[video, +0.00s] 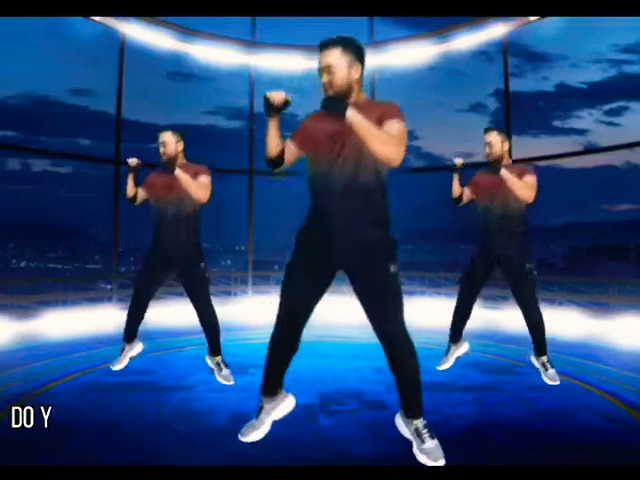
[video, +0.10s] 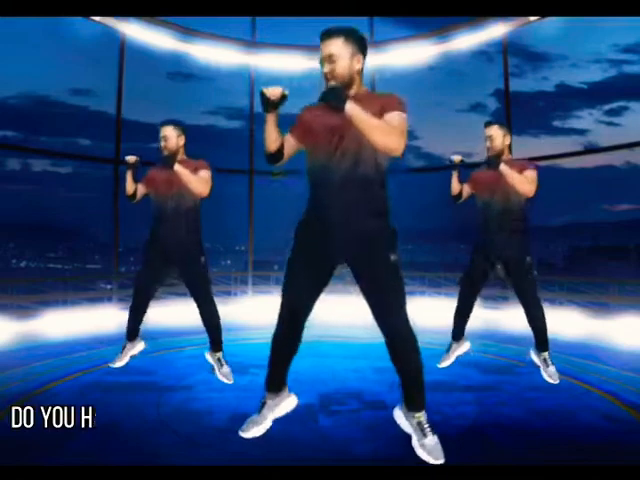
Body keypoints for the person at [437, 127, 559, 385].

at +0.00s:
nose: (488, 149)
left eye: (491, 144)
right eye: (486, 145)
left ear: (506, 145)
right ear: (485, 147)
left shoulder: (523, 173)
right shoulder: (482, 177)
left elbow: (528, 196)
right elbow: (459, 200)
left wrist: (504, 172)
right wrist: (456, 174)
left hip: (515, 246)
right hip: (488, 245)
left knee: (528, 303)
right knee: (467, 291)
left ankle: (541, 357)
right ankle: (455, 342)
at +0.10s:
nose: (488, 143)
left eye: (492, 138)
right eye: (486, 139)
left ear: (507, 139)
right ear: (485, 141)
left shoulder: (524, 168)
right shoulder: (481, 174)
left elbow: (528, 190)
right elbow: (458, 196)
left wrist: (502, 166)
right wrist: (455, 170)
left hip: (514, 241)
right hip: (486, 241)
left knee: (529, 298)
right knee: (467, 290)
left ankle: (542, 352)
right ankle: (457, 340)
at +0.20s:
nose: (489, 151)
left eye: (493, 146)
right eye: (488, 146)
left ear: (508, 148)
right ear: (487, 149)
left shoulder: (523, 174)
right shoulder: (481, 180)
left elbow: (528, 202)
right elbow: (458, 205)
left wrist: (503, 177)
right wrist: (455, 179)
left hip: (515, 250)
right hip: (486, 249)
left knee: (531, 305)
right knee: (467, 298)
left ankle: (541, 358)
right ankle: (462, 349)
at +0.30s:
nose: (488, 162)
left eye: (493, 158)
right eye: (487, 158)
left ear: (508, 160)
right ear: (488, 162)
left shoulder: (524, 189)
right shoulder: (482, 196)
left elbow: (529, 222)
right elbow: (461, 219)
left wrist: (504, 199)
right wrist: (456, 196)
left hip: (518, 262)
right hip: (487, 261)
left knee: (535, 316)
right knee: (463, 306)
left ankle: (539, 362)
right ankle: (464, 352)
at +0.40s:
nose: (490, 165)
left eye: (494, 160)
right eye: (489, 160)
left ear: (509, 161)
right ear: (491, 163)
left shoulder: (527, 191)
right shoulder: (486, 196)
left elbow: (534, 226)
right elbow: (468, 223)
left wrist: (507, 208)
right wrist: (460, 204)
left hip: (518, 263)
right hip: (489, 262)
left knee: (536, 316)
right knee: (465, 305)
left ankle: (539, 363)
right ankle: (464, 352)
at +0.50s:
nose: (491, 161)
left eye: (495, 156)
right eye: (490, 157)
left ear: (511, 158)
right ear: (491, 160)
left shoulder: (529, 185)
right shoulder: (488, 192)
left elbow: (537, 217)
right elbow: (468, 217)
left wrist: (514, 195)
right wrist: (463, 196)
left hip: (520, 262)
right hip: (490, 261)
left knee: (537, 317)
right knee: (467, 304)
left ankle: (539, 362)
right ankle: (465, 352)